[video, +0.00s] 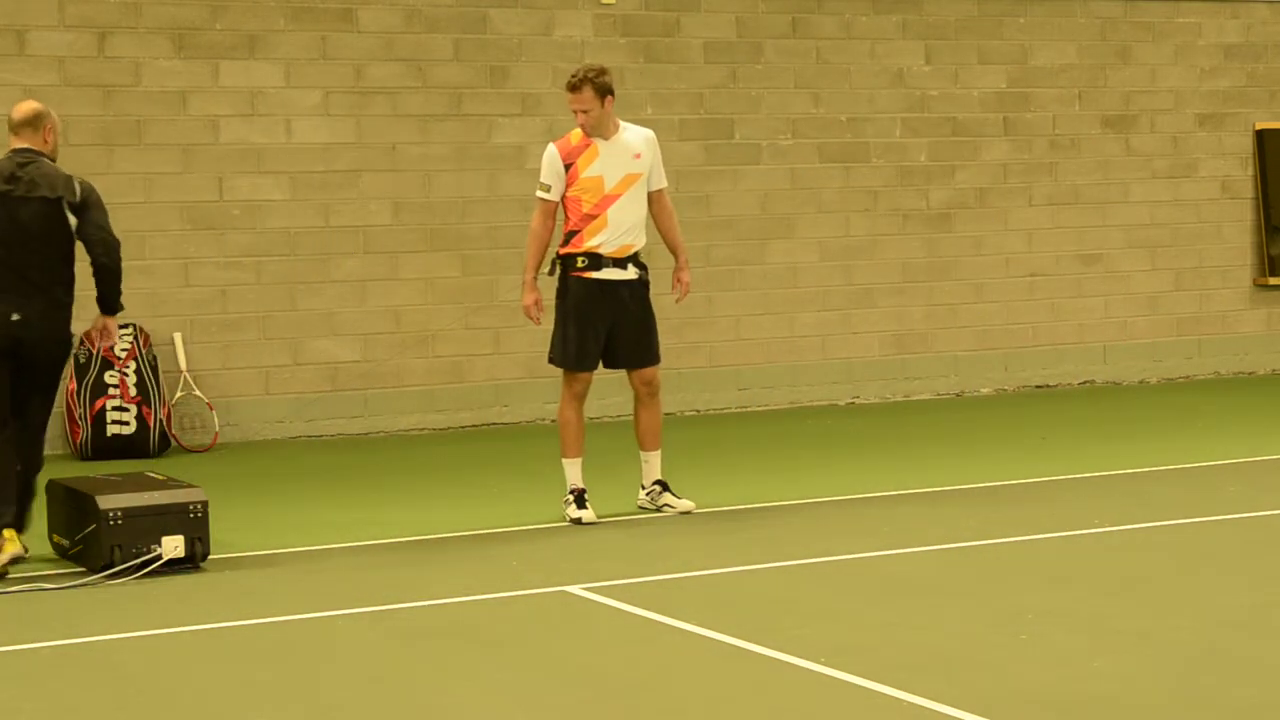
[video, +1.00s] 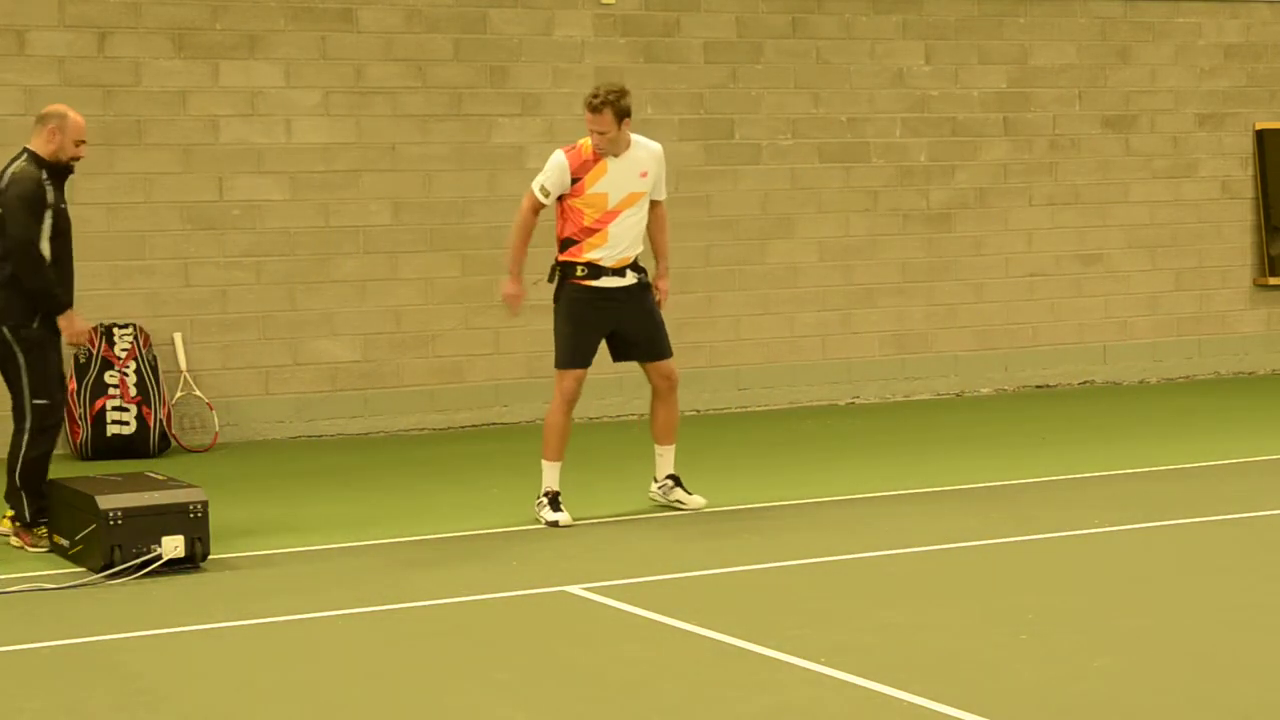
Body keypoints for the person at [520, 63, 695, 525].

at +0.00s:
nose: (577, 118)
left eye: (584, 110)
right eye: (573, 110)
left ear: (609, 103)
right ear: (572, 107)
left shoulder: (643, 142)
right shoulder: (561, 153)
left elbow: (660, 204)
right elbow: (543, 219)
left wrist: (681, 260)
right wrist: (529, 281)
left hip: (630, 282)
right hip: (580, 283)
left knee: (648, 382)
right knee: (576, 386)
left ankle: (653, 486)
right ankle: (576, 493)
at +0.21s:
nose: (594, 121)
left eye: (601, 113)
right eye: (589, 113)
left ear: (623, 105)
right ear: (584, 108)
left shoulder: (651, 144)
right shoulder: (570, 152)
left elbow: (665, 204)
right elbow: (548, 213)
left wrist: (683, 261)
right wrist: (537, 278)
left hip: (635, 283)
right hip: (585, 284)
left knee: (654, 381)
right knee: (578, 387)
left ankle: (653, 486)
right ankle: (575, 493)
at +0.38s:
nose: (613, 123)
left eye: (620, 115)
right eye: (607, 115)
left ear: (639, 106)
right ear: (600, 110)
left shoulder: (664, 146)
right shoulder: (582, 150)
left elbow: (674, 206)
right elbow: (553, 203)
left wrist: (690, 263)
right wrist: (551, 269)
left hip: (643, 282)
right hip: (592, 282)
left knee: (657, 381)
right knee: (586, 385)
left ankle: (653, 486)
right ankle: (576, 491)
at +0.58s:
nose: (622, 127)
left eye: (630, 119)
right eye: (616, 119)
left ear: (649, 111)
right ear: (609, 112)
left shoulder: (670, 149)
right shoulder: (587, 151)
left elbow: (680, 207)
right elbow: (554, 199)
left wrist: (693, 267)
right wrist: (555, 266)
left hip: (644, 283)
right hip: (593, 282)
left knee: (656, 381)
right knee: (582, 380)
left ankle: (652, 487)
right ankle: (558, 489)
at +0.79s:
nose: (608, 133)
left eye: (616, 125)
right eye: (602, 124)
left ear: (634, 117)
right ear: (595, 117)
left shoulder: (654, 152)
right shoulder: (575, 156)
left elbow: (663, 208)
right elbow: (535, 204)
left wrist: (677, 266)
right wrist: (543, 273)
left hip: (635, 288)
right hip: (583, 289)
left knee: (662, 382)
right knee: (570, 390)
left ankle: (654, 486)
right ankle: (550, 493)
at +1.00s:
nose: (595, 139)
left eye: (603, 132)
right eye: (590, 131)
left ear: (625, 125)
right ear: (586, 123)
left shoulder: (650, 155)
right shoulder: (568, 161)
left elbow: (656, 210)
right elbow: (530, 208)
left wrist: (662, 270)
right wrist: (514, 274)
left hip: (632, 289)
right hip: (579, 291)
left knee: (666, 379)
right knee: (567, 389)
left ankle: (665, 480)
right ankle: (549, 494)